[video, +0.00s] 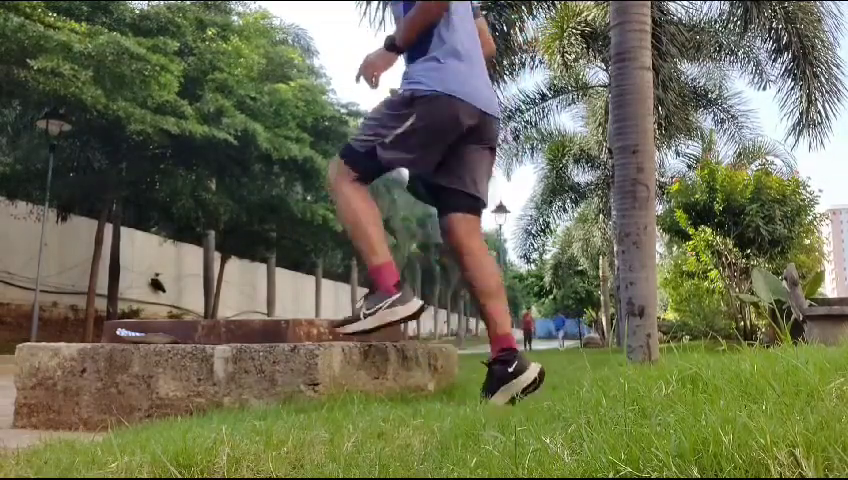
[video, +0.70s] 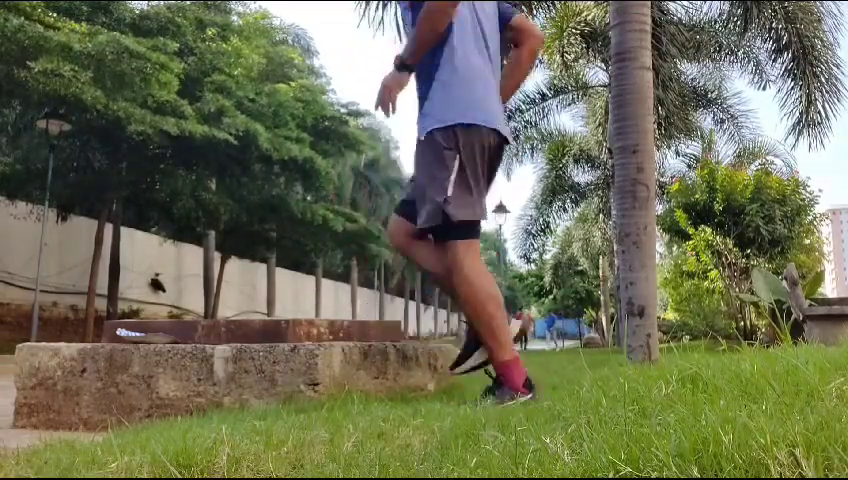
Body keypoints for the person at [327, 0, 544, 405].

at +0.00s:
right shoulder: (464, 5)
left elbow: (436, 4)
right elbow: (486, 44)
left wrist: (389, 49)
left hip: (436, 86)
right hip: (484, 101)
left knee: (345, 174)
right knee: (464, 232)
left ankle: (387, 290)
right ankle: (506, 357)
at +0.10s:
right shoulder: (463, 1)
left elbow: (409, 3)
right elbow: (485, 28)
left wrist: (374, 36)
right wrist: (444, 65)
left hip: (422, 75)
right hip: (471, 89)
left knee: (356, 186)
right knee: (424, 214)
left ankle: (385, 307)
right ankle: (490, 314)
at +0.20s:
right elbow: (485, 9)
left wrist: (369, 17)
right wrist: (453, 54)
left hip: (421, 54)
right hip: (472, 67)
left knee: (377, 175)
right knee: (410, 185)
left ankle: (385, 305)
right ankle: (452, 293)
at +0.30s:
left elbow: (366, 10)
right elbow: (492, 3)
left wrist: (353, 17)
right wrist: (463, 37)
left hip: (426, 50)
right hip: (470, 59)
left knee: (385, 176)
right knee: (415, 185)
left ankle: (411, 301)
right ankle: (418, 302)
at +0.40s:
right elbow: (500, 3)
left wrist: (372, 5)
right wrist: (466, 47)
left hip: (432, 55)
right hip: (468, 62)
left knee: (392, 182)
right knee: (419, 189)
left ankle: (458, 298)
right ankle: (419, 309)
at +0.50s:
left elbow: (381, 7)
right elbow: (512, 2)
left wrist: (376, 11)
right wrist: (475, 39)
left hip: (447, 63)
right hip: (479, 70)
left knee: (427, 202)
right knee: (398, 184)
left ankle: (478, 335)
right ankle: (426, 301)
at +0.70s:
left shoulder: (423, 4)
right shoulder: (487, 5)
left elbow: (442, 9)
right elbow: (530, 37)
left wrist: (401, 68)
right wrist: (494, 101)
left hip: (453, 118)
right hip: (488, 121)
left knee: (462, 254)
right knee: (402, 231)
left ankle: (515, 382)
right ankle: (486, 315)